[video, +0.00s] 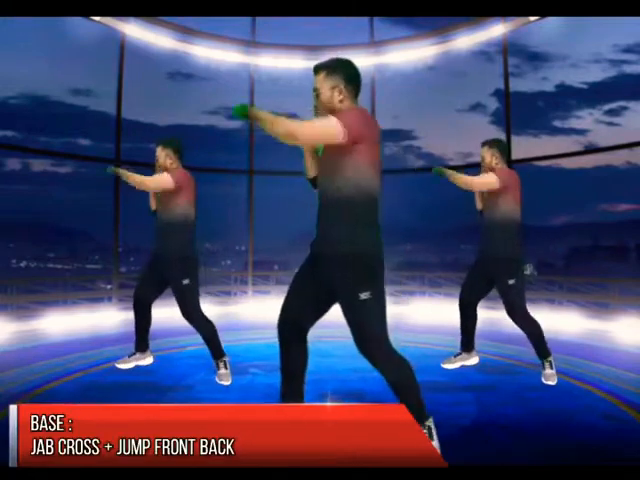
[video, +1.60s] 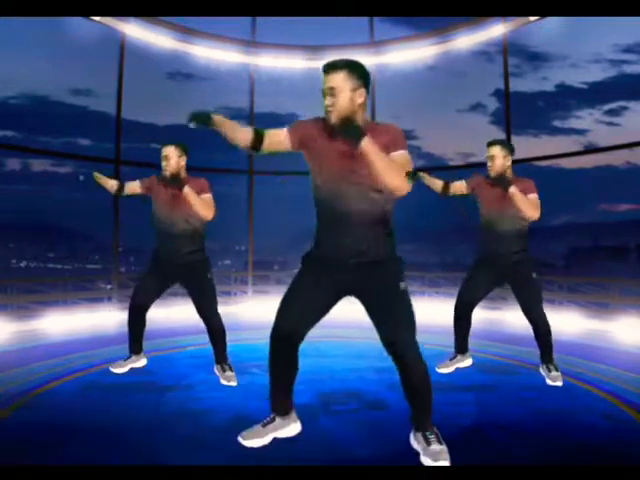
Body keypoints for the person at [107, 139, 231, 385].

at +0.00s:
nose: (157, 159)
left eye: (161, 155)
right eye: (157, 156)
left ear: (171, 156)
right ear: (165, 158)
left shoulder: (181, 177)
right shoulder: (167, 179)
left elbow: (146, 183)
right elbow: (156, 207)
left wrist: (121, 173)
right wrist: (151, 182)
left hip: (182, 257)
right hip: (164, 256)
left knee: (192, 312)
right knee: (142, 299)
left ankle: (221, 360)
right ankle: (142, 352)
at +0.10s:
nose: (158, 162)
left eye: (161, 158)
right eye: (156, 158)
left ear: (173, 158)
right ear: (157, 162)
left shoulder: (189, 180)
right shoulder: (161, 183)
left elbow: (188, 206)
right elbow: (154, 211)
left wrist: (161, 184)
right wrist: (150, 191)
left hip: (189, 256)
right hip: (168, 255)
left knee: (198, 312)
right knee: (145, 301)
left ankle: (222, 363)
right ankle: (142, 352)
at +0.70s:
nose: (138, 159)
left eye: (142, 154)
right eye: (137, 155)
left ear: (157, 155)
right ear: (141, 159)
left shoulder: (179, 178)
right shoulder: (144, 188)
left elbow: (183, 206)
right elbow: (126, 209)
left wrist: (157, 179)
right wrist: (118, 189)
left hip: (174, 254)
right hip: (145, 253)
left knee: (191, 306)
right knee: (121, 297)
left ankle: (203, 353)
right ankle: (113, 343)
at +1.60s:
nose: (164, 163)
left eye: (169, 158)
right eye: (163, 159)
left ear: (183, 160)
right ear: (161, 163)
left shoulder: (198, 185)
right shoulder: (155, 183)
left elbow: (208, 214)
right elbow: (120, 188)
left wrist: (185, 188)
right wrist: (96, 176)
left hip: (194, 262)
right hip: (163, 262)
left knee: (209, 314)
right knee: (138, 304)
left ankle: (223, 364)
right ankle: (136, 355)